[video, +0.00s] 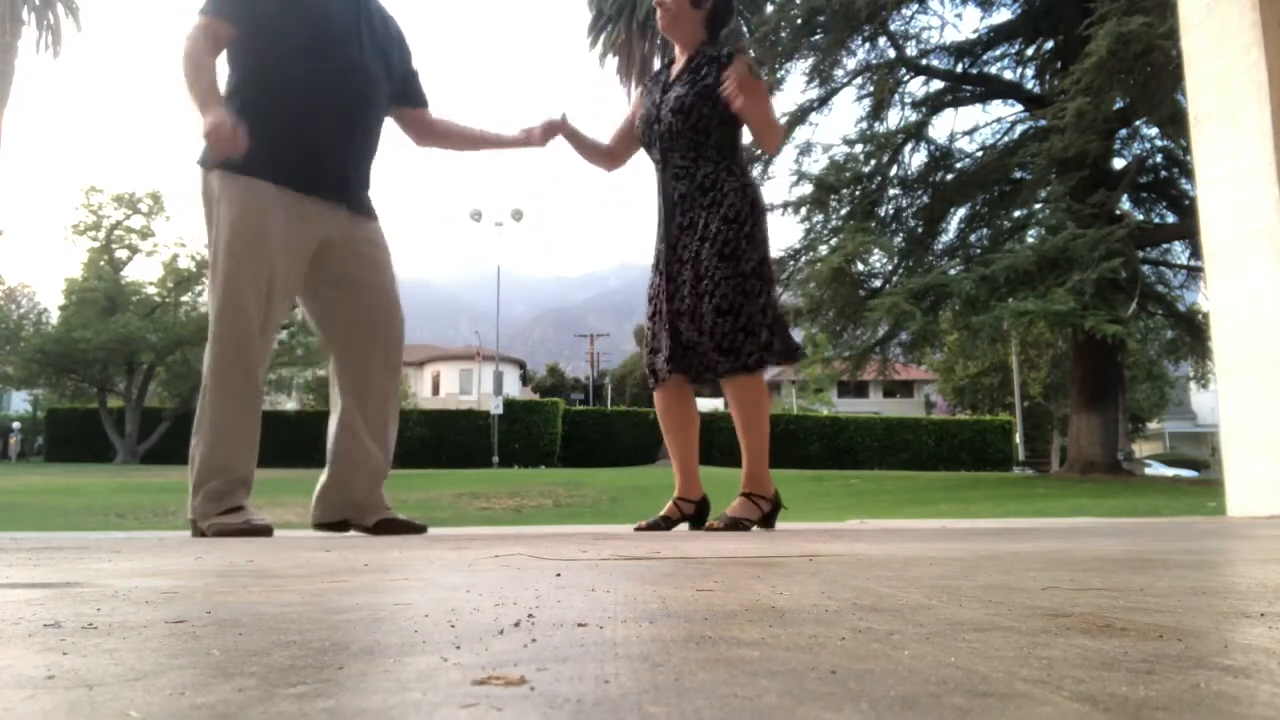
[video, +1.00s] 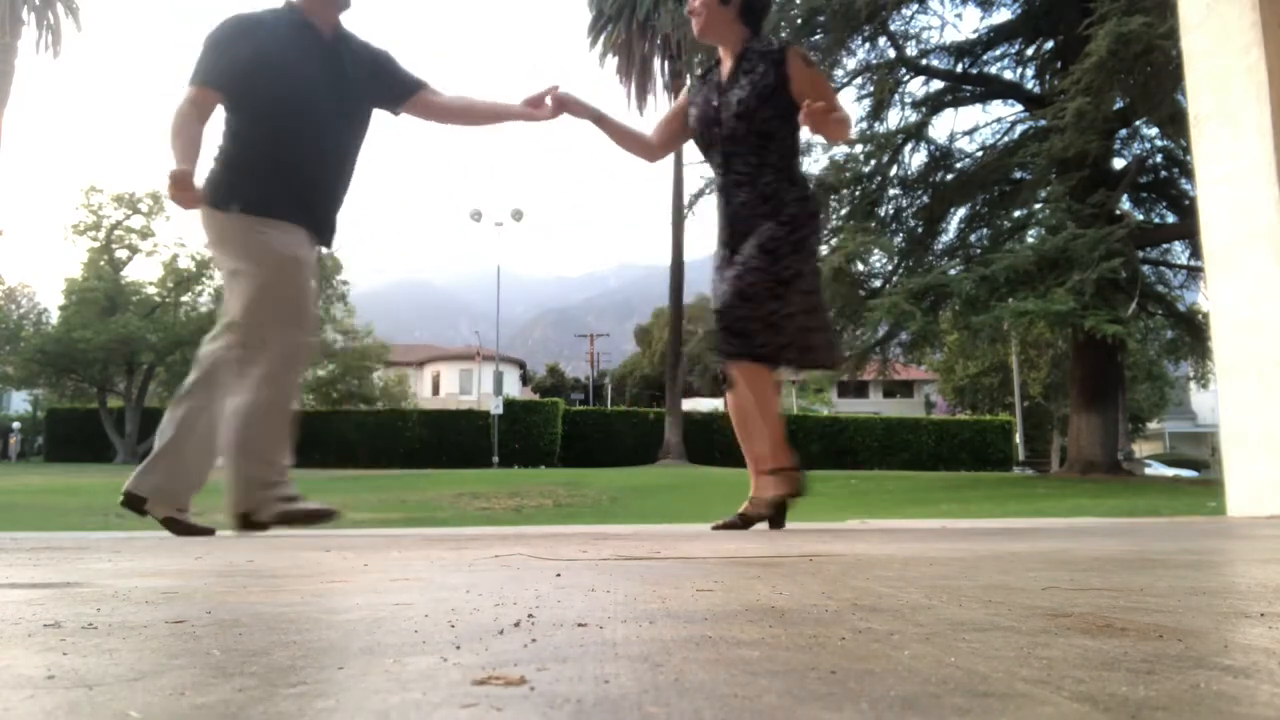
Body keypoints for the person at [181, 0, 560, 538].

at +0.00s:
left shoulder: (381, 24)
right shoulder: (262, 4)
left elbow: (422, 127)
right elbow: (201, 43)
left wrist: (515, 139)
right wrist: (212, 110)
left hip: (344, 204)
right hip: (258, 182)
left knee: (375, 342)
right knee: (240, 348)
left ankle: (352, 500)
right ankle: (218, 505)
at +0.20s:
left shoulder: (386, 26)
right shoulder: (263, 2)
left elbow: (437, 122)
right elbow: (201, 40)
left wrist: (520, 92)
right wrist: (263, 51)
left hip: (362, 197)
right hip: (268, 187)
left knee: (376, 351)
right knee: (253, 347)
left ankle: (387, 500)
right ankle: (233, 500)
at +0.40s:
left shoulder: (362, 39)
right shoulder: (245, 5)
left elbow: (423, 132)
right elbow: (204, 64)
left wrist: (506, 164)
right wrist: (275, 94)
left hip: (344, 214)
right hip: (258, 208)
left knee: (375, 359)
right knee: (271, 359)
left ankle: (390, 506)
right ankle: (257, 508)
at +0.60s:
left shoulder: (353, 38)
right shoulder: (229, 5)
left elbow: (424, 113)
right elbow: (181, 70)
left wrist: (513, 122)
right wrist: (202, 113)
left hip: (314, 208)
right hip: (233, 197)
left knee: (324, 340)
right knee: (239, 350)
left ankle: (266, 485)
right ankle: (250, 503)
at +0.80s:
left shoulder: (357, 58)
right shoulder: (234, 23)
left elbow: (433, 113)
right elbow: (182, 106)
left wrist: (522, 131)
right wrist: (170, 166)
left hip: (291, 241)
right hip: (219, 216)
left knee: (238, 367)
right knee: (230, 362)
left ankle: (154, 487)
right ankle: (251, 506)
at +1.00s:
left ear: (342, 2)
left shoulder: (365, 61)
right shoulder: (249, 31)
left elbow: (436, 104)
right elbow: (194, 107)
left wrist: (521, 111)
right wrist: (184, 169)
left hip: (295, 228)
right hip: (245, 214)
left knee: (234, 353)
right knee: (284, 346)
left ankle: (159, 488)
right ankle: (260, 499)